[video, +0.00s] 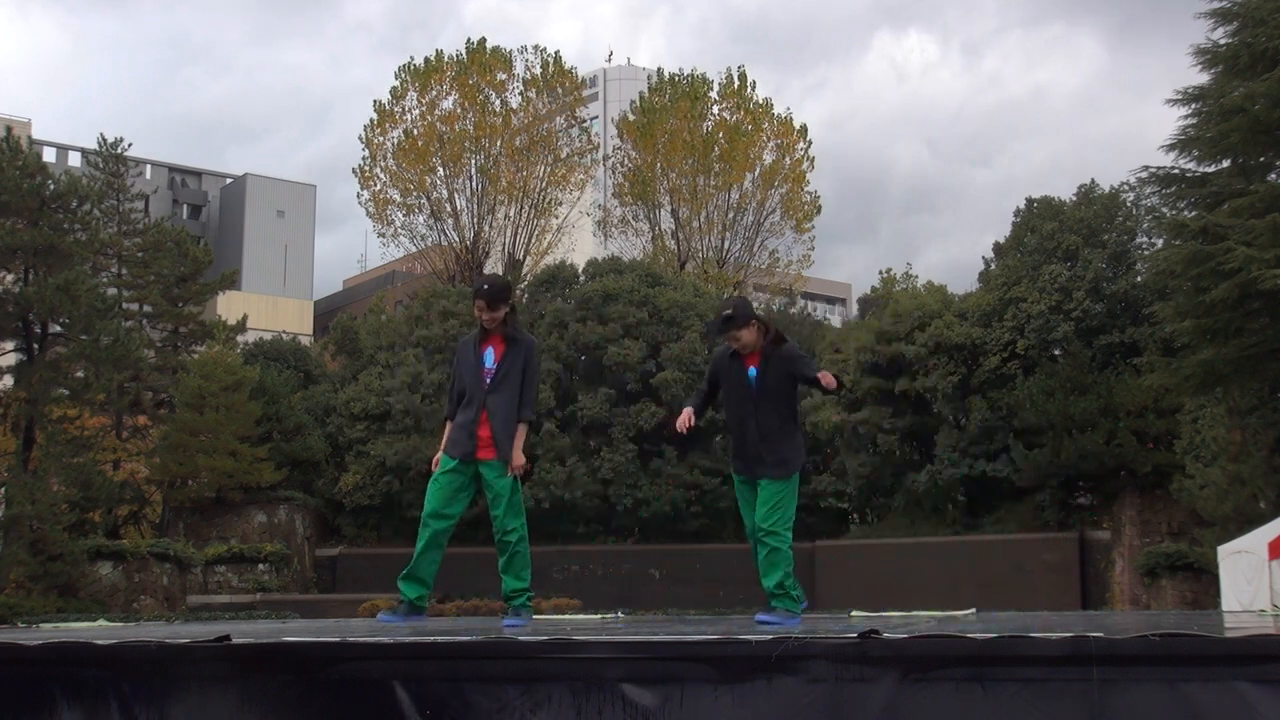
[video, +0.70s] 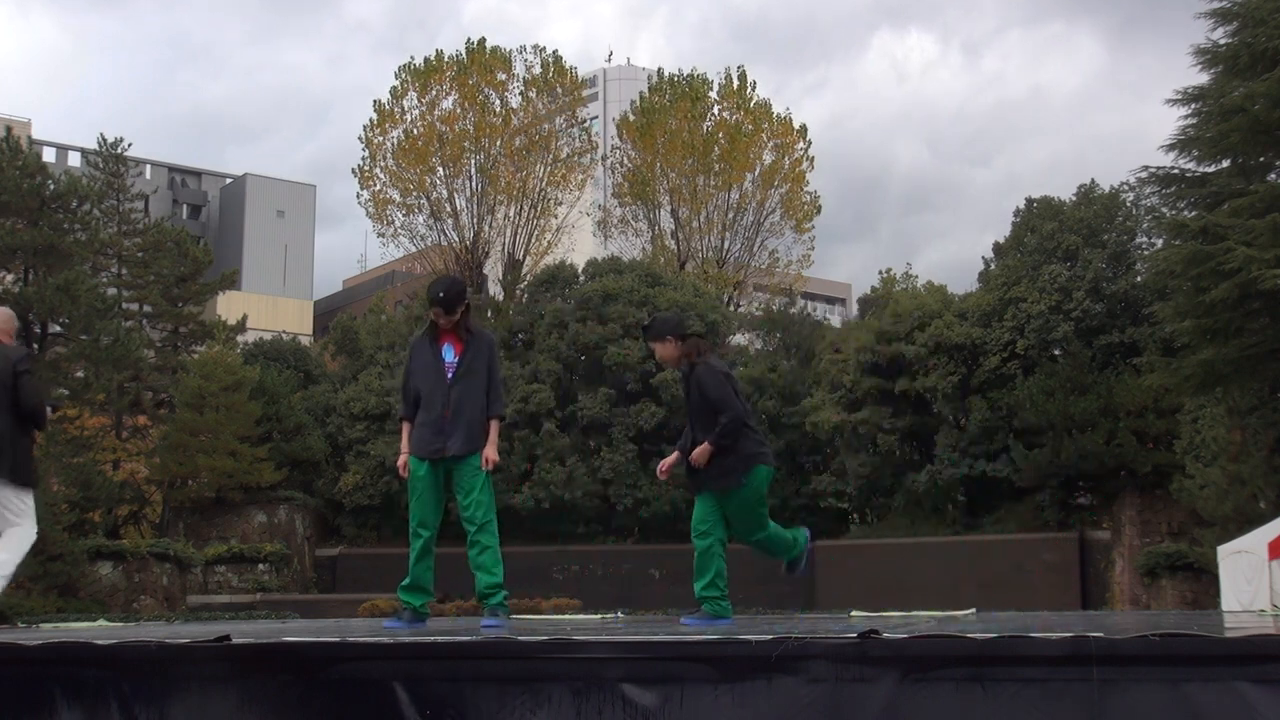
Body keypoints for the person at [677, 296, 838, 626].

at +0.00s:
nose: (732, 342)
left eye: (737, 334)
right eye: (727, 336)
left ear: (754, 326)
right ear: (725, 335)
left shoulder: (782, 353)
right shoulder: (724, 359)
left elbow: (807, 373)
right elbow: (706, 393)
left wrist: (824, 381)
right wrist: (690, 408)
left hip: (780, 459)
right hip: (744, 460)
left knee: (770, 528)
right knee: (756, 531)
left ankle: (785, 605)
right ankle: (786, 598)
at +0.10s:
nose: (735, 340)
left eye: (740, 333)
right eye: (731, 335)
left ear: (759, 323)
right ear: (728, 333)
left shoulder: (787, 355)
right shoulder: (727, 356)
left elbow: (822, 393)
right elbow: (709, 392)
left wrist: (819, 382)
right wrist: (696, 407)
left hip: (775, 458)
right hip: (738, 459)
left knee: (769, 530)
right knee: (751, 530)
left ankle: (785, 605)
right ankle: (805, 556)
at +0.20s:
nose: (731, 339)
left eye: (735, 332)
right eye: (727, 334)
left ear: (754, 324)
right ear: (725, 332)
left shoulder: (785, 356)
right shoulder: (724, 357)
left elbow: (811, 397)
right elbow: (711, 393)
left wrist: (798, 398)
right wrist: (699, 411)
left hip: (773, 460)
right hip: (735, 458)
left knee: (769, 529)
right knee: (729, 522)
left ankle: (784, 605)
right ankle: (789, 527)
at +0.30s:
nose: (719, 344)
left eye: (724, 336)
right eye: (715, 339)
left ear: (741, 327)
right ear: (714, 337)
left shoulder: (772, 357)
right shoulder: (717, 361)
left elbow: (797, 401)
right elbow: (709, 396)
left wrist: (776, 419)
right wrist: (698, 417)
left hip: (769, 462)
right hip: (730, 460)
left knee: (770, 532)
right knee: (705, 515)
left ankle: (786, 606)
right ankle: (760, 565)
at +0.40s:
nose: (706, 353)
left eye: (709, 345)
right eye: (701, 348)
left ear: (728, 335)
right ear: (699, 346)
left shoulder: (762, 365)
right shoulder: (707, 370)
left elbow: (783, 411)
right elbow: (703, 407)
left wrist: (756, 436)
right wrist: (698, 434)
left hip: (764, 465)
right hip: (723, 465)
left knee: (768, 532)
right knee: (707, 530)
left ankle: (785, 607)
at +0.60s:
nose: (664, 357)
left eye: (666, 350)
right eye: (661, 352)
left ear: (684, 341)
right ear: (680, 345)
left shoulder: (722, 370)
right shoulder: (689, 375)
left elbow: (746, 410)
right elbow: (697, 418)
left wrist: (717, 439)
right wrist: (690, 449)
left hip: (754, 462)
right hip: (719, 465)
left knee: (759, 534)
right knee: (714, 535)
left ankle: (791, 590)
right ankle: (715, 605)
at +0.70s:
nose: (656, 357)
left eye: (656, 349)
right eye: (653, 351)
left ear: (672, 342)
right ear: (673, 344)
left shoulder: (706, 372)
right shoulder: (692, 375)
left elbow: (735, 415)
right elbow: (698, 425)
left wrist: (709, 446)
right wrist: (678, 455)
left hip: (745, 464)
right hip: (716, 467)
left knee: (749, 529)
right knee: (705, 533)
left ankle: (796, 545)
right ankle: (715, 606)